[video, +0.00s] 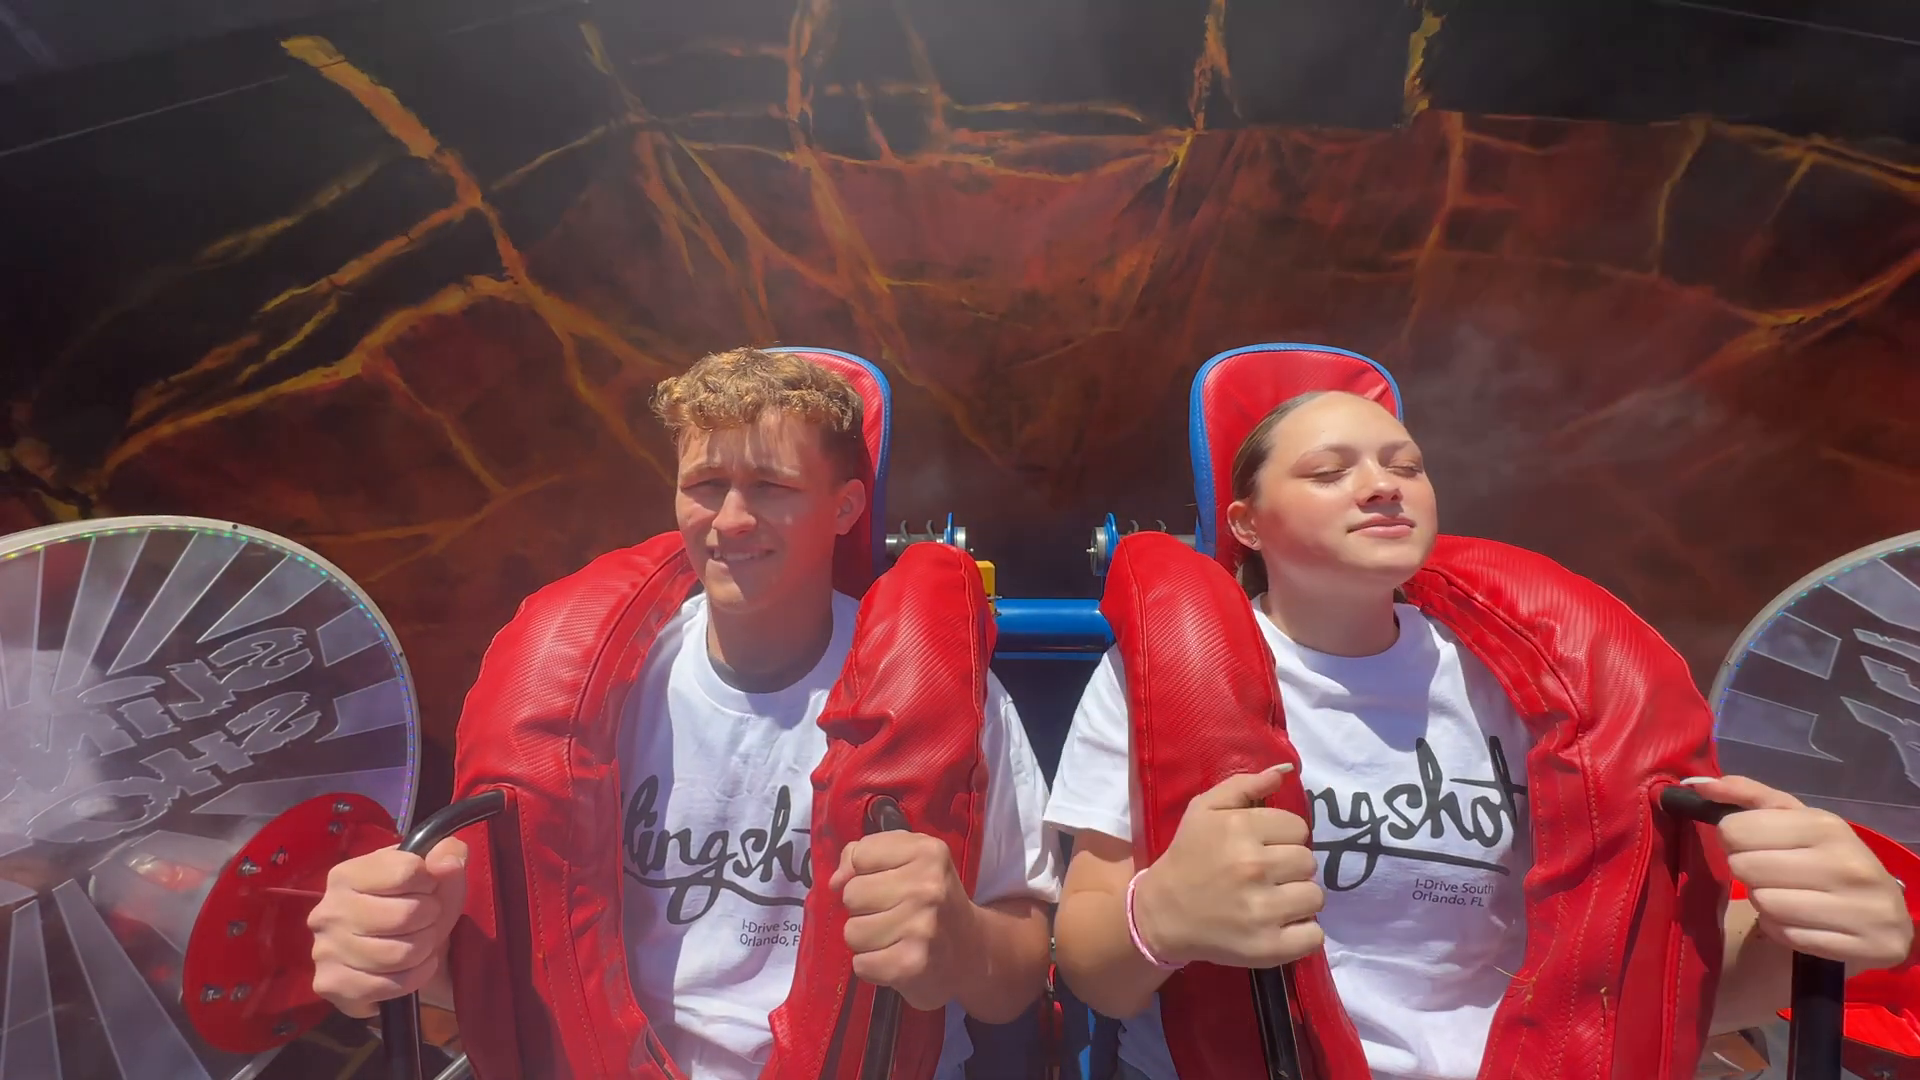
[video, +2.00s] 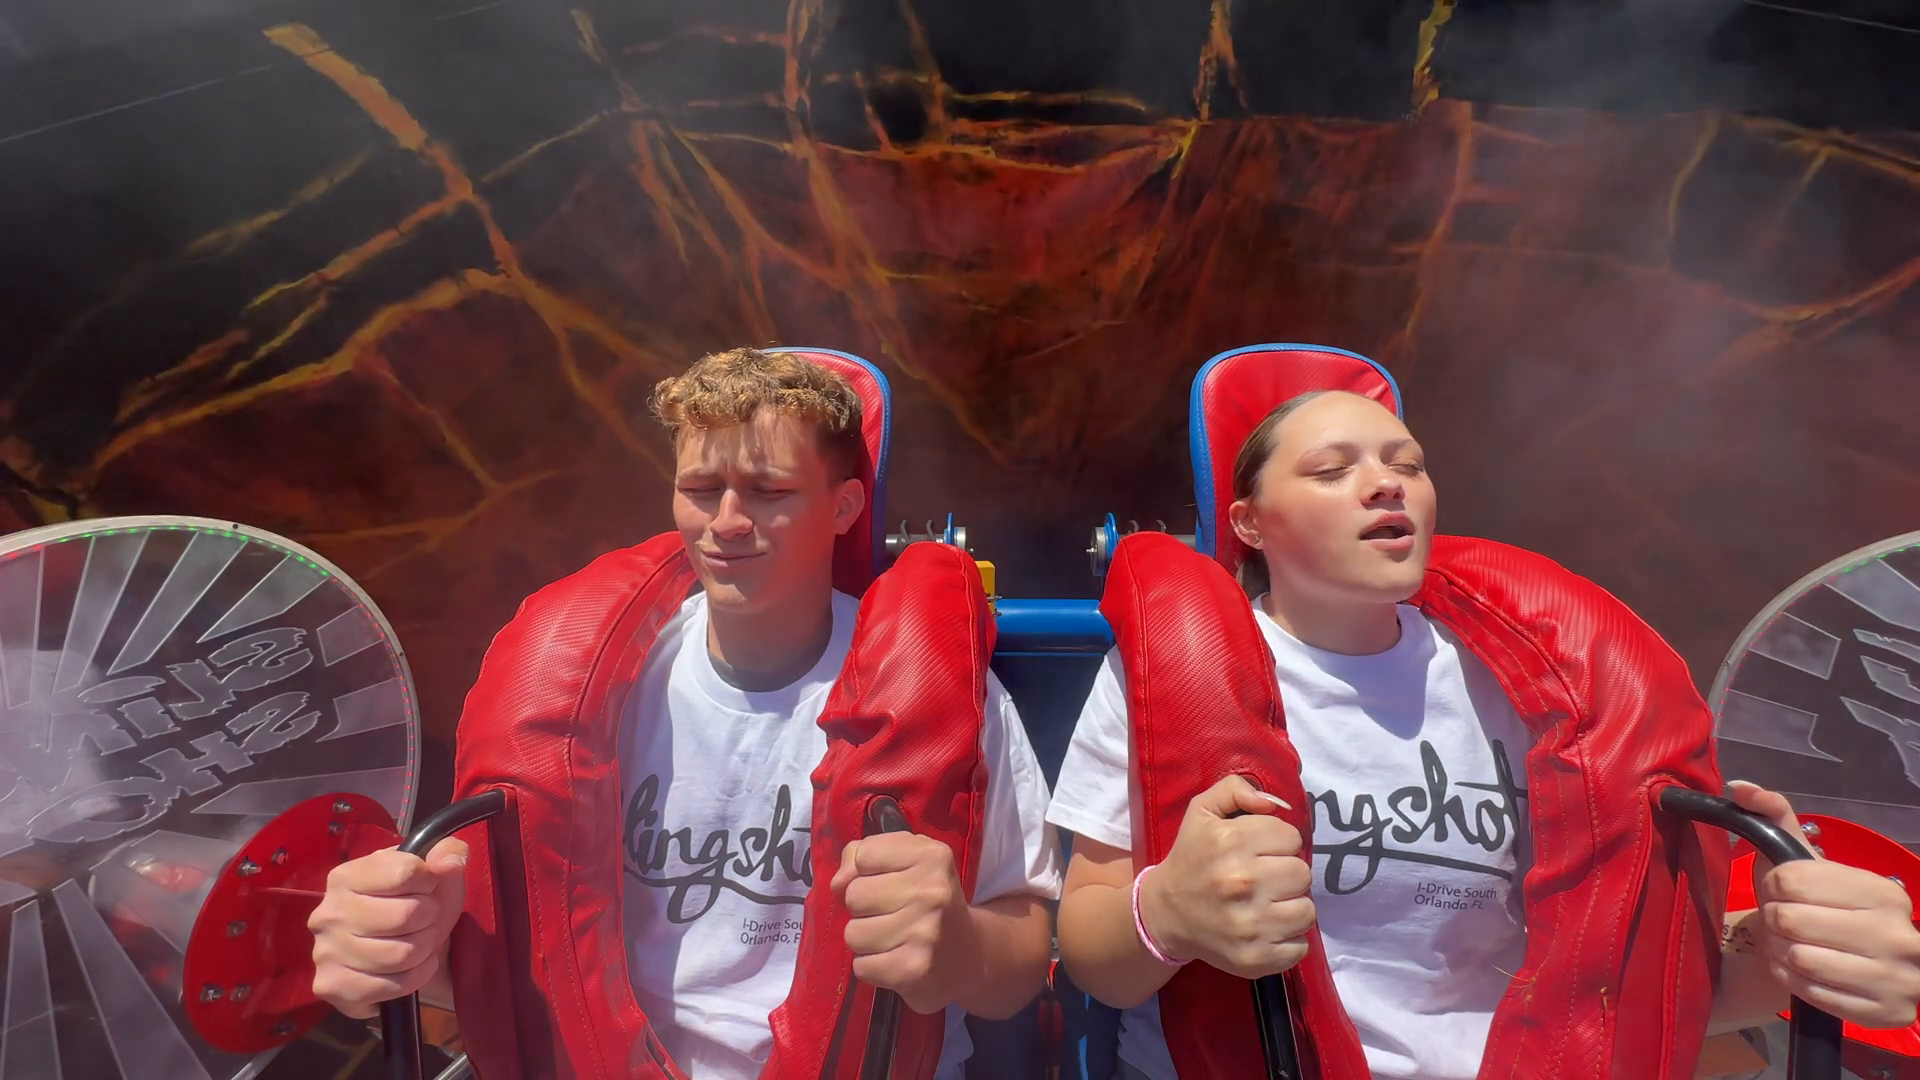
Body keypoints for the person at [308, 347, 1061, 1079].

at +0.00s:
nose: (732, 520)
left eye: (771, 488)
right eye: (707, 487)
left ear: (848, 505)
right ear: (675, 493)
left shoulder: (938, 694)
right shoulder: (582, 672)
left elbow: (1025, 968)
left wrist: (965, 945)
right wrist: (414, 948)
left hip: (831, 1063)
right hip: (610, 1057)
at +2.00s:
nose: (727, 522)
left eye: (767, 491)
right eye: (703, 489)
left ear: (846, 505)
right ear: (674, 493)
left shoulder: (934, 688)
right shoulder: (584, 674)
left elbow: (1026, 953)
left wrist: (961, 950)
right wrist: (413, 946)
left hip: (835, 1063)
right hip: (614, 1057)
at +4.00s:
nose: (729, 524)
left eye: (769, 492)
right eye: (705, 489)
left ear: (847, 508)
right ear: (675, 491)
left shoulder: (935, 688)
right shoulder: (584, 672)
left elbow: (1023, 960)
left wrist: (966, 947)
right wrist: (402, 940)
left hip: (836, 1064)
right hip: (613, 1059)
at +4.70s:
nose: (724, 523)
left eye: (764, 491)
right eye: (700, 490)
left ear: (845, 505)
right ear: (671, 493)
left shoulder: (935, 688)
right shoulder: (584, 674)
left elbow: (1026, 954)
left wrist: (965, 948)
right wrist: (405, 942)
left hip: (838, 1063)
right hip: (615, 1059)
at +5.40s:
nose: (869, 520)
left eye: (876, 489)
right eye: (829, 488)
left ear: (888, 493)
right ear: (718, 500)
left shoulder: (939, 685)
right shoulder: (587, 669)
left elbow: (1023, 955)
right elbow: (503, 914)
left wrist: (966, 949)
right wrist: (409, 943)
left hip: (834, 1064)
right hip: (613, 1060)